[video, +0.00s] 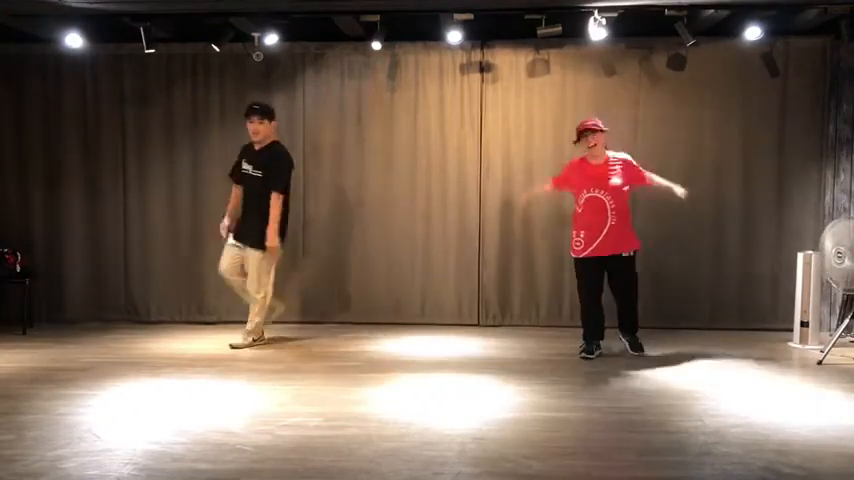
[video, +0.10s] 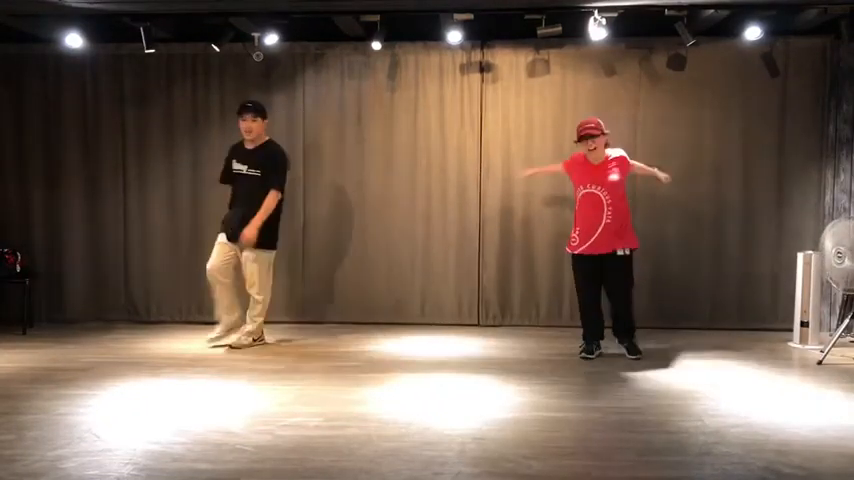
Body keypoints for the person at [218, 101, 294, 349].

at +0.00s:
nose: (253, 128)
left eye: (259, 123)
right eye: (250, 123)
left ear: (272, 125)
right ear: (246, 126)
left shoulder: (280, 157)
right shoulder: (247, 151)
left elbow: (276, 198)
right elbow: (238, 187)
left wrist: (272, 232)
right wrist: (229, 217)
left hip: (264, 233)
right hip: (242, 228)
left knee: (259, 288)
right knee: (228, 270)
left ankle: (254, 331)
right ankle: (267, 305)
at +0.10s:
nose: (247, 126)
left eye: (253, 120)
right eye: (243, 120)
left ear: (265, 123)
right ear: (239, 124)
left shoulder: (275, 154)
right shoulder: (236, 151)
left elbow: (275, 194)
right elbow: (234, 188)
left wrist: (254, 226)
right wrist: (231, 219)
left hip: (261, 229)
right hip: (234, 225)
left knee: (257, 285)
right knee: (216, 269)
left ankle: (254, 330)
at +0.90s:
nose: (250, 122)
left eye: (256, 117)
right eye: (245, 115)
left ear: (263, 122)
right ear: (235, 118)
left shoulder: (270, 158)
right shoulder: (219, 150)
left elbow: (278, 200)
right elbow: (203, 184)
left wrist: (285, 236)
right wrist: (209, 212)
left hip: (256, 243)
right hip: (220, 241)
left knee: (263, 300)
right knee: (206, 296)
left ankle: (269, 354)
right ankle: (196, 345)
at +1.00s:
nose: (267, 119)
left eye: (273, 114)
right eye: (262, 113)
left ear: (278, 120)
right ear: (250, 116)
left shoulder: (283, 159)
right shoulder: (233, 147)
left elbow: (285, 201)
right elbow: (216, 184)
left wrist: (285, 238)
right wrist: (220, 223)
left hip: (270, 241)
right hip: (235, 239)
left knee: (272, 302)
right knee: (214, 299)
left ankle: (271, 358)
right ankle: (198, 341)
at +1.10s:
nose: (283, 118)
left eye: (288, 113)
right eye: (277, 112)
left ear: (293, 119)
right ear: (265, 114)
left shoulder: (296, 156)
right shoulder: (246, 145)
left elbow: (299, 201)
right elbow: (229, 186)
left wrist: (298, 237)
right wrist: (227, 229)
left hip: (283, 241)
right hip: (249, 239)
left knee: (281, 302)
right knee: (238, 295)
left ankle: (272, 358)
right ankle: (214, 338)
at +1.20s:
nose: (293, 116)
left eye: (298, 111)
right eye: (287, 110)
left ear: (304, 116)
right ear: (275, 112)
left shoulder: (308, 153)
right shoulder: (254, 146)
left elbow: (315, 197)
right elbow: (240, 188)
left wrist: (319, 235)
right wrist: (237, 228)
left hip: (296, 240)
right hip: (263, 238)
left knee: (289, 303)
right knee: (267, 296)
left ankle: (273, 359)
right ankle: (243, 348)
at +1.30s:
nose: (304, 116)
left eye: (309, 111)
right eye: (298, 110)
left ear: (313, 115)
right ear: (284, 111)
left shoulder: (316, 150)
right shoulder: (265, 146)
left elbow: (330, 192)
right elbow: (251, 187)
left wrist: (344, 227)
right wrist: (252, 228)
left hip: (306, 235)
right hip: (277, 234)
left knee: (294, 299)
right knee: (292, 295)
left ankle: (273, 358)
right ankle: (281, 362)